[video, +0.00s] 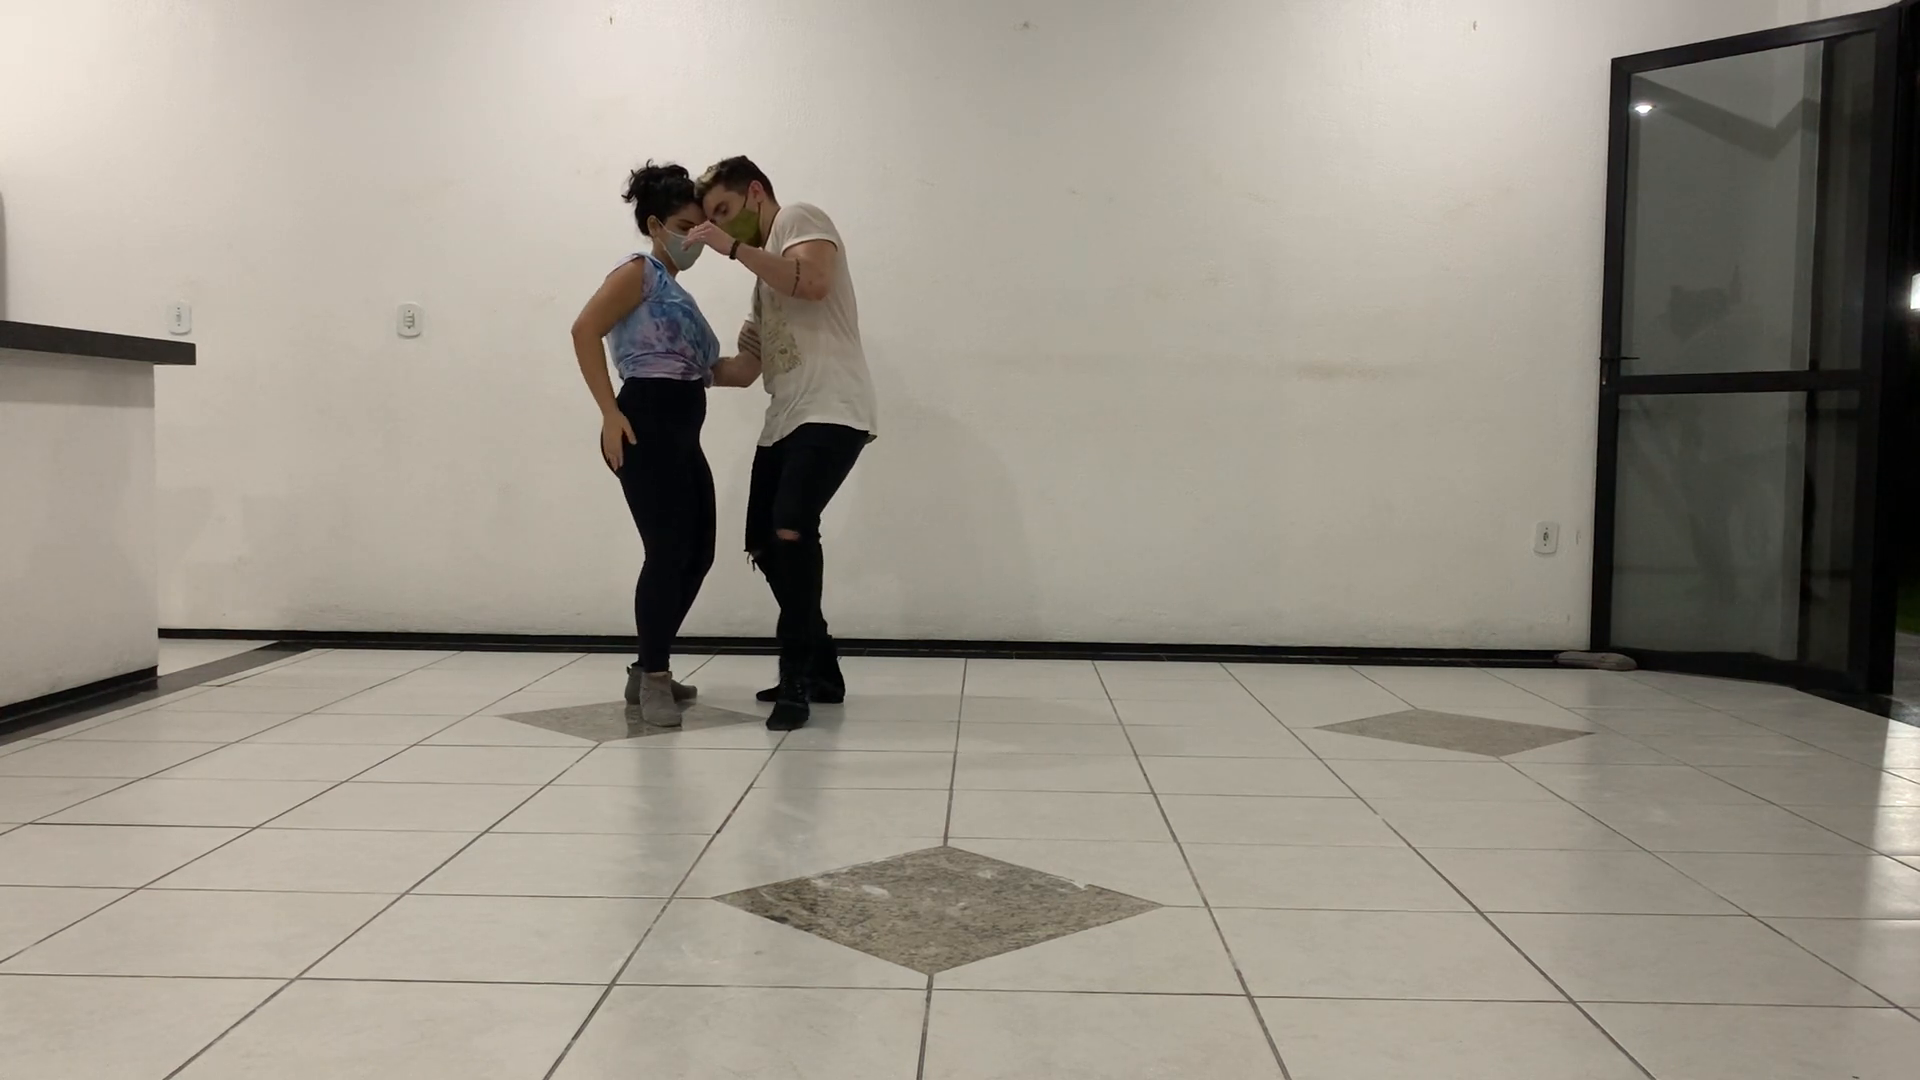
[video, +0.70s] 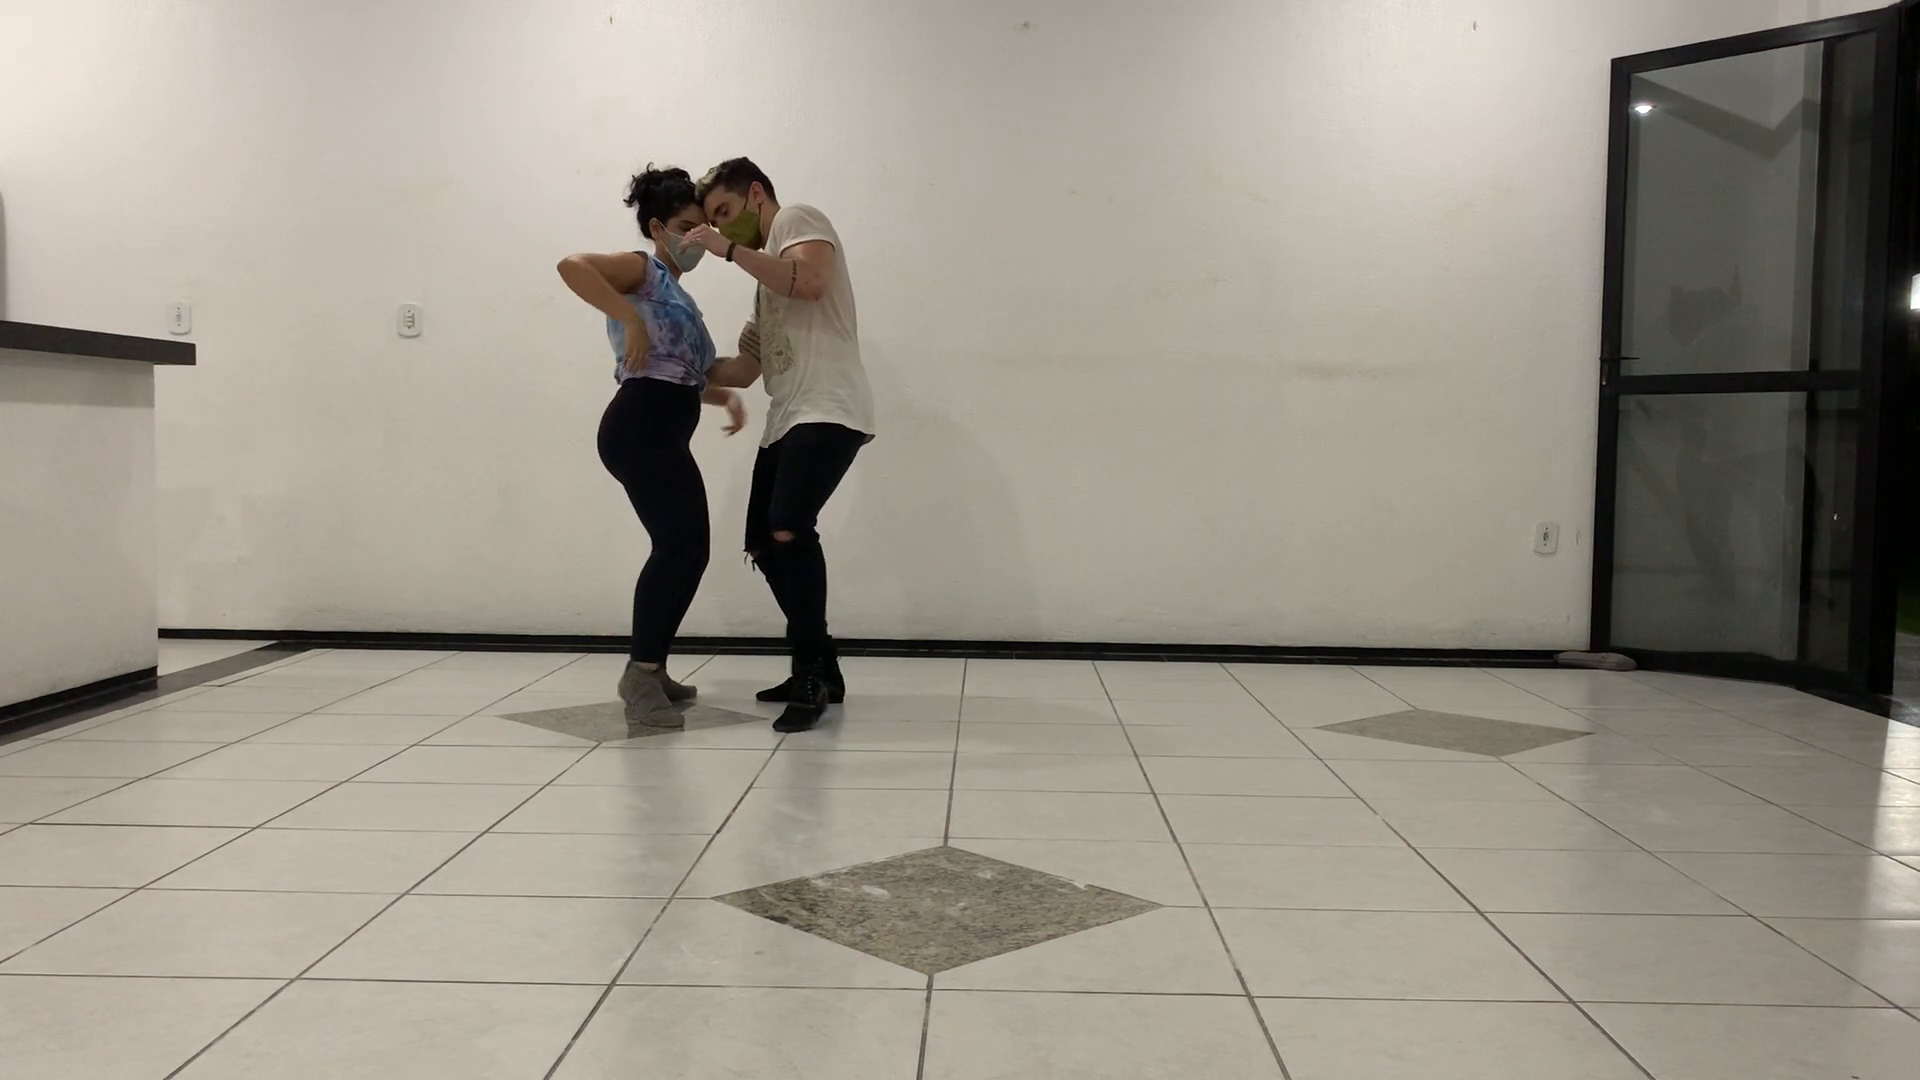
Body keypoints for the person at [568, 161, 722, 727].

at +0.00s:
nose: (696, 237)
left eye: (700, 225)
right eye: (685, 225)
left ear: (697, 227)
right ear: (654, 226)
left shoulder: (671, 289)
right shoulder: (638, 273)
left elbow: (701, 370)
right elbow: (584, 331)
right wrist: (610, 411)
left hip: (680, 428)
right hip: (648, 426)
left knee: (698, 551)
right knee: (669, 550)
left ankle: (652, 668)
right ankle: (651, 678)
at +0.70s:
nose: (697, 237)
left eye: (701, 226)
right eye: (685, 226)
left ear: (701, 229)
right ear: (657, 228)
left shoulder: (676, 295)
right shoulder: (643, 267)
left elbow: (682, 370)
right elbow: (572, 266)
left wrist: (724, 394)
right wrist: (630, 318)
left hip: (666, 429)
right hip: (639, 426)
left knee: (689, 551)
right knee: (677, 547)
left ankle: (650, 668)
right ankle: (641, 675)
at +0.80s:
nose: (695, 238)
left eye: (700, 227)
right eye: (685, 226)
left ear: (702, 229)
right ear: (656, 226)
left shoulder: (680, 298)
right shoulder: (638, 265)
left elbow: (701, 377)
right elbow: (567, 269)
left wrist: (757, 367)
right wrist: (639, 287)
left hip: (664, 429)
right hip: (640, 424)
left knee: (686, 546)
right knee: (682, 544)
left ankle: (652, 669)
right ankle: (649, 674)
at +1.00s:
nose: (700, 237)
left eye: (704, 226)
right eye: (691, 224)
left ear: (700, 230)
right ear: (658, 220)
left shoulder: (680, 296)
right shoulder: (638, 265)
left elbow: (720, 371)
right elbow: (580, 296)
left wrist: (758, 348)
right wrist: (631, 247)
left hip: (671, 426)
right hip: (641, 422)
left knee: (688, 552)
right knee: (669, 551)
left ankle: (652, 670)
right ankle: (645, 679)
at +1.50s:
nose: (702, 233)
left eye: (706, 223)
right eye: (692, 222)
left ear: (705, 226)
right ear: (665, 223)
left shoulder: (679, 287)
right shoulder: (640, 266)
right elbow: (617, 332)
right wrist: (620, 263)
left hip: (670, 426)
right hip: (643, 422)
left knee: (684, 549)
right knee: (672, 550)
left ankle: (652, 670)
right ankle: (648, 679)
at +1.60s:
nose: (704, 234)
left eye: (709, 224)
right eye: (695, 221)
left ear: (706, 229)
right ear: (668, 222)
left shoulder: (684, 291)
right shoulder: (640, 266)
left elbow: (705, 373)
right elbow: (617, 332)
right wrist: (621, 260)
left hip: (674, 427)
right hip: (644, 422)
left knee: (687, 550)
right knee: (663, 552)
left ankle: (651, 669)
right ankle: (647, 679)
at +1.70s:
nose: (709, 230)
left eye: (713, 220)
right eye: (699, 217)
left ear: (707, 226)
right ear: (670, 218)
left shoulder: (687, 290)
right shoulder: (644, 267)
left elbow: (705, 369)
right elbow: (617, 331)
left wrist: (739, 350)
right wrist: (622, 261)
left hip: (674, 426)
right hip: (644, 423)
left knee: (688, 548)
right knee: (666, 549)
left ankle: (651, 668)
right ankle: (647, 678)